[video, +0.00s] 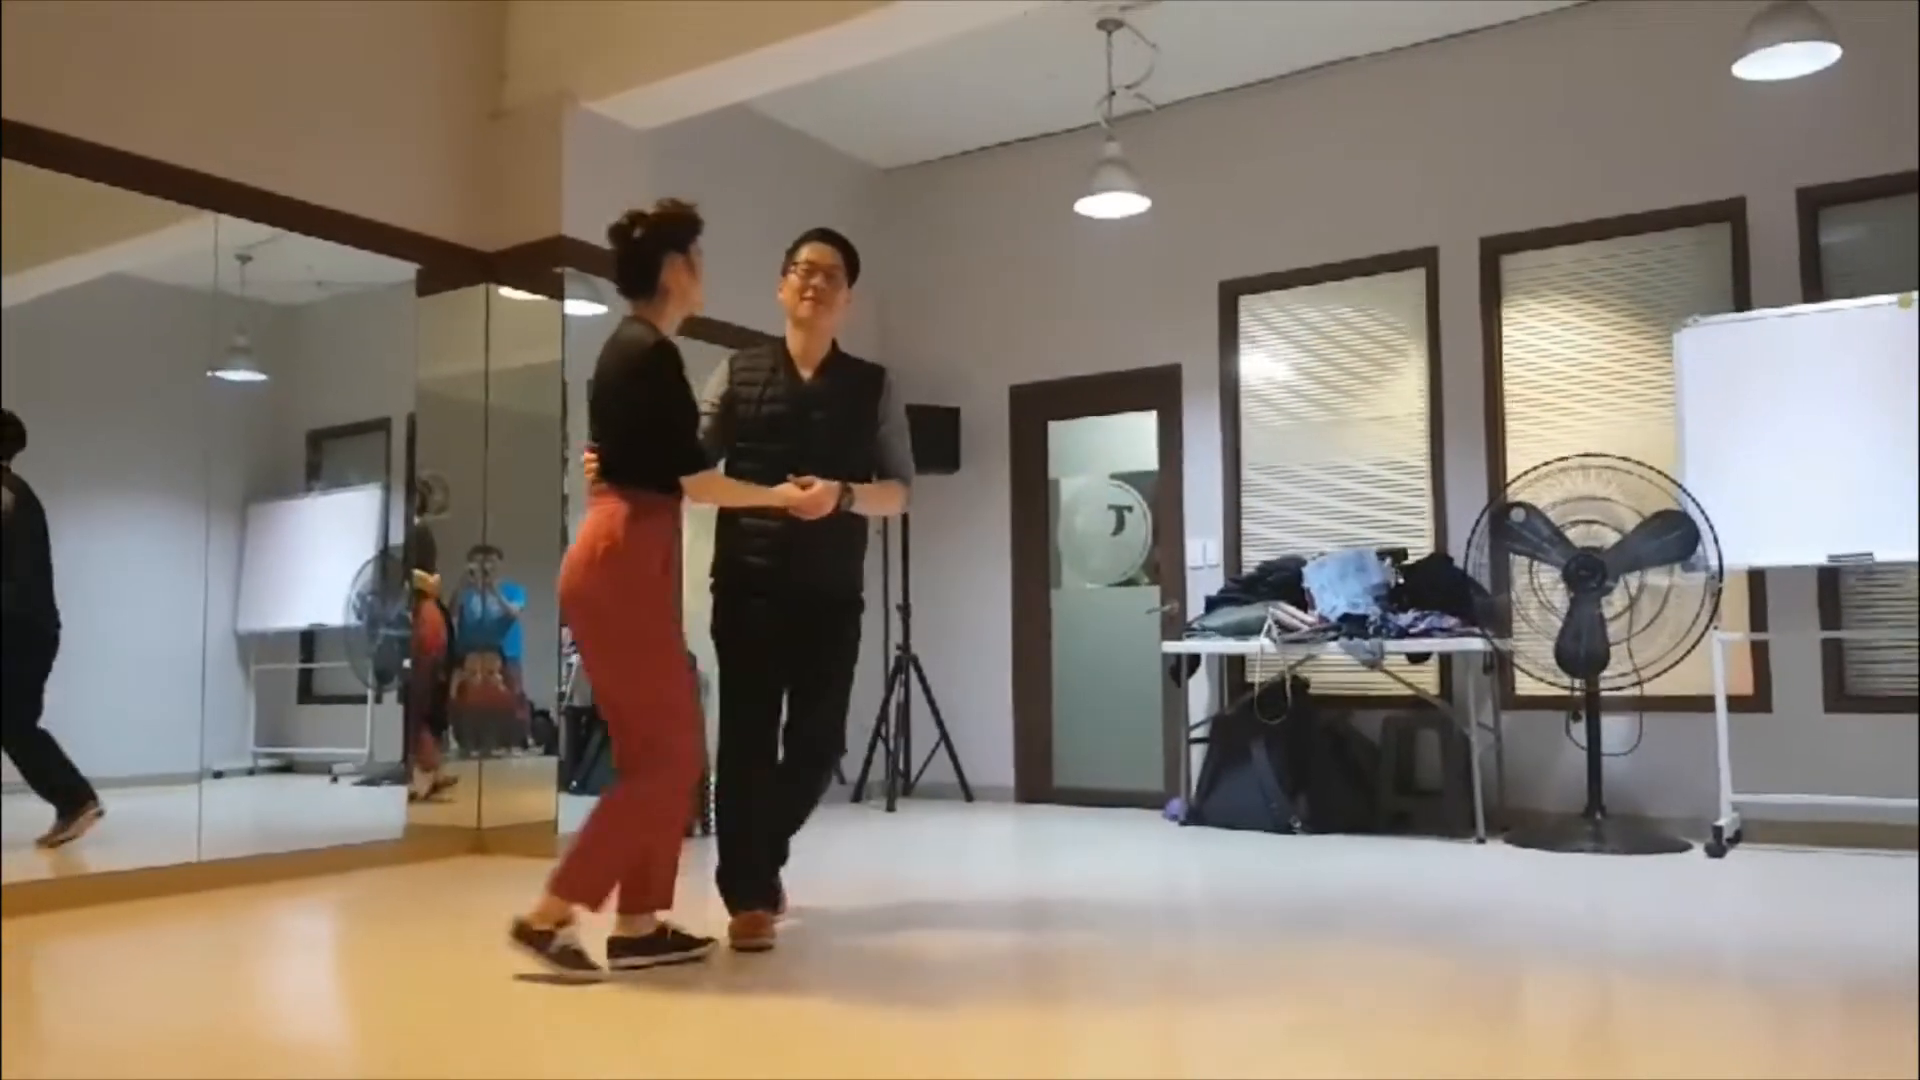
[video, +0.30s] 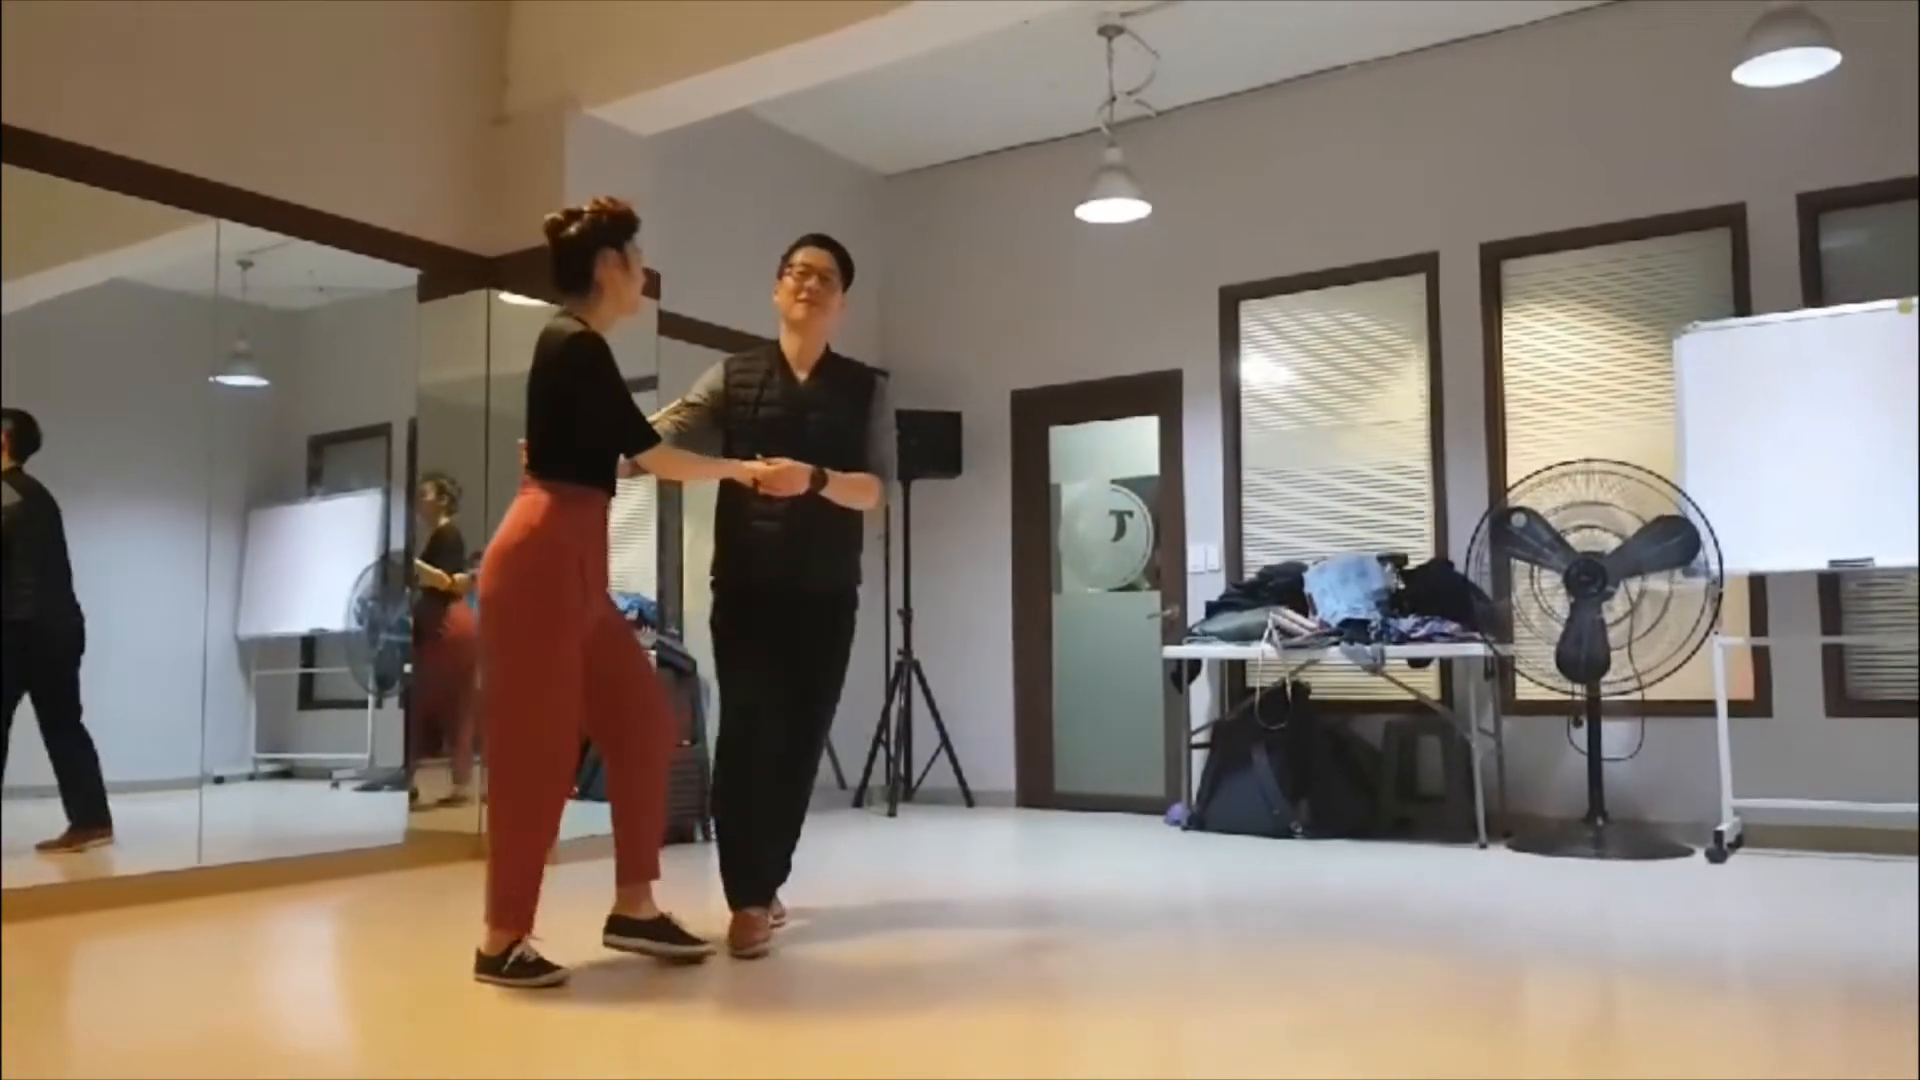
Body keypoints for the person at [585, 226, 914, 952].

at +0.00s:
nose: (811, 283)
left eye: (827, 275)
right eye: (801, 271)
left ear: (848, 297)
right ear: (781, 287)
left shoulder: (871, 386)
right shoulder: (741, 371)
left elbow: (898, 493)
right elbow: (689, 461)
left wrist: (842, 495)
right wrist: (612, 462)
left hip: (830, 595)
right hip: (748, 588)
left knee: (819, 745)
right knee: (746, 743)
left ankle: (763, 859)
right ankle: (748, 903)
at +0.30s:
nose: (803, 284)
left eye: (820, 278)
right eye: (795, 273)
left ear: (841, 301)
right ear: (775, 288)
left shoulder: (865, 388)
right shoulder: (735, 377)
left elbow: (875, 492)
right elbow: (656, 443)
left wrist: (814, 477)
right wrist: (564, 450)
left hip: (825, 594)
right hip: (745, 589)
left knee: (798, 740)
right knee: (747, 736)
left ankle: (766, 888)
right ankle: (746, 901)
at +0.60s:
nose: (773, 303)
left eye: (790, 293)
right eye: (765, 291)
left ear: (820, 311)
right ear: (752, 308)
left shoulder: (857, 398)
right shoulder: (726, 394)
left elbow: (876, 512)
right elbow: (655, 478)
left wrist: (806, 501)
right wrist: (570, 480)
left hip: (818, 607)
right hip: (736, 603)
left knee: (794, 751)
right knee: (721, 739)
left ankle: (761, 896)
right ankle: (745, 906)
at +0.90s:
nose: (745, 278)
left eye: (762, 265)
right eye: (742, 267)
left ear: (811, 277)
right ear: (746, 282)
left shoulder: (867, 369)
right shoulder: (741, 370)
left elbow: (912, 477)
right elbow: (712, 467)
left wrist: (832, 479)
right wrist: (625, 473)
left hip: (850, 587)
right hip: (766, 586)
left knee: (851, 743)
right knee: (749, 747)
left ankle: (875, 911)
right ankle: (748, 910)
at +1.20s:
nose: (787, 268)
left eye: (802, 252)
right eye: (786, 256)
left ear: (853, 259)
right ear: (811, 269)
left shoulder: (918, 349)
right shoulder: (810, 372)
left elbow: (978, 459)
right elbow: (761, 467)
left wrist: (878, 472)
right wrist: (676, 476)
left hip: (933, 582)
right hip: (856, 585)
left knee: (912, 748)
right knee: (814, 742)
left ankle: (925, 939)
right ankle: (788, 904)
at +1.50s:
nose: (843, 241)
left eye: (858, 225)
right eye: (844, 229)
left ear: (911, 233)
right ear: (881, 241)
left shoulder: (979, 322)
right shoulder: (870, 350)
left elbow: (1049, 430)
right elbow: (791, 430)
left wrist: (938, 447)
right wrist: (721, 452)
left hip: (996, 569)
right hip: (931, 573)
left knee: (915, 730)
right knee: (913, 734)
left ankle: (950, 923)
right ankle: (977, 908)